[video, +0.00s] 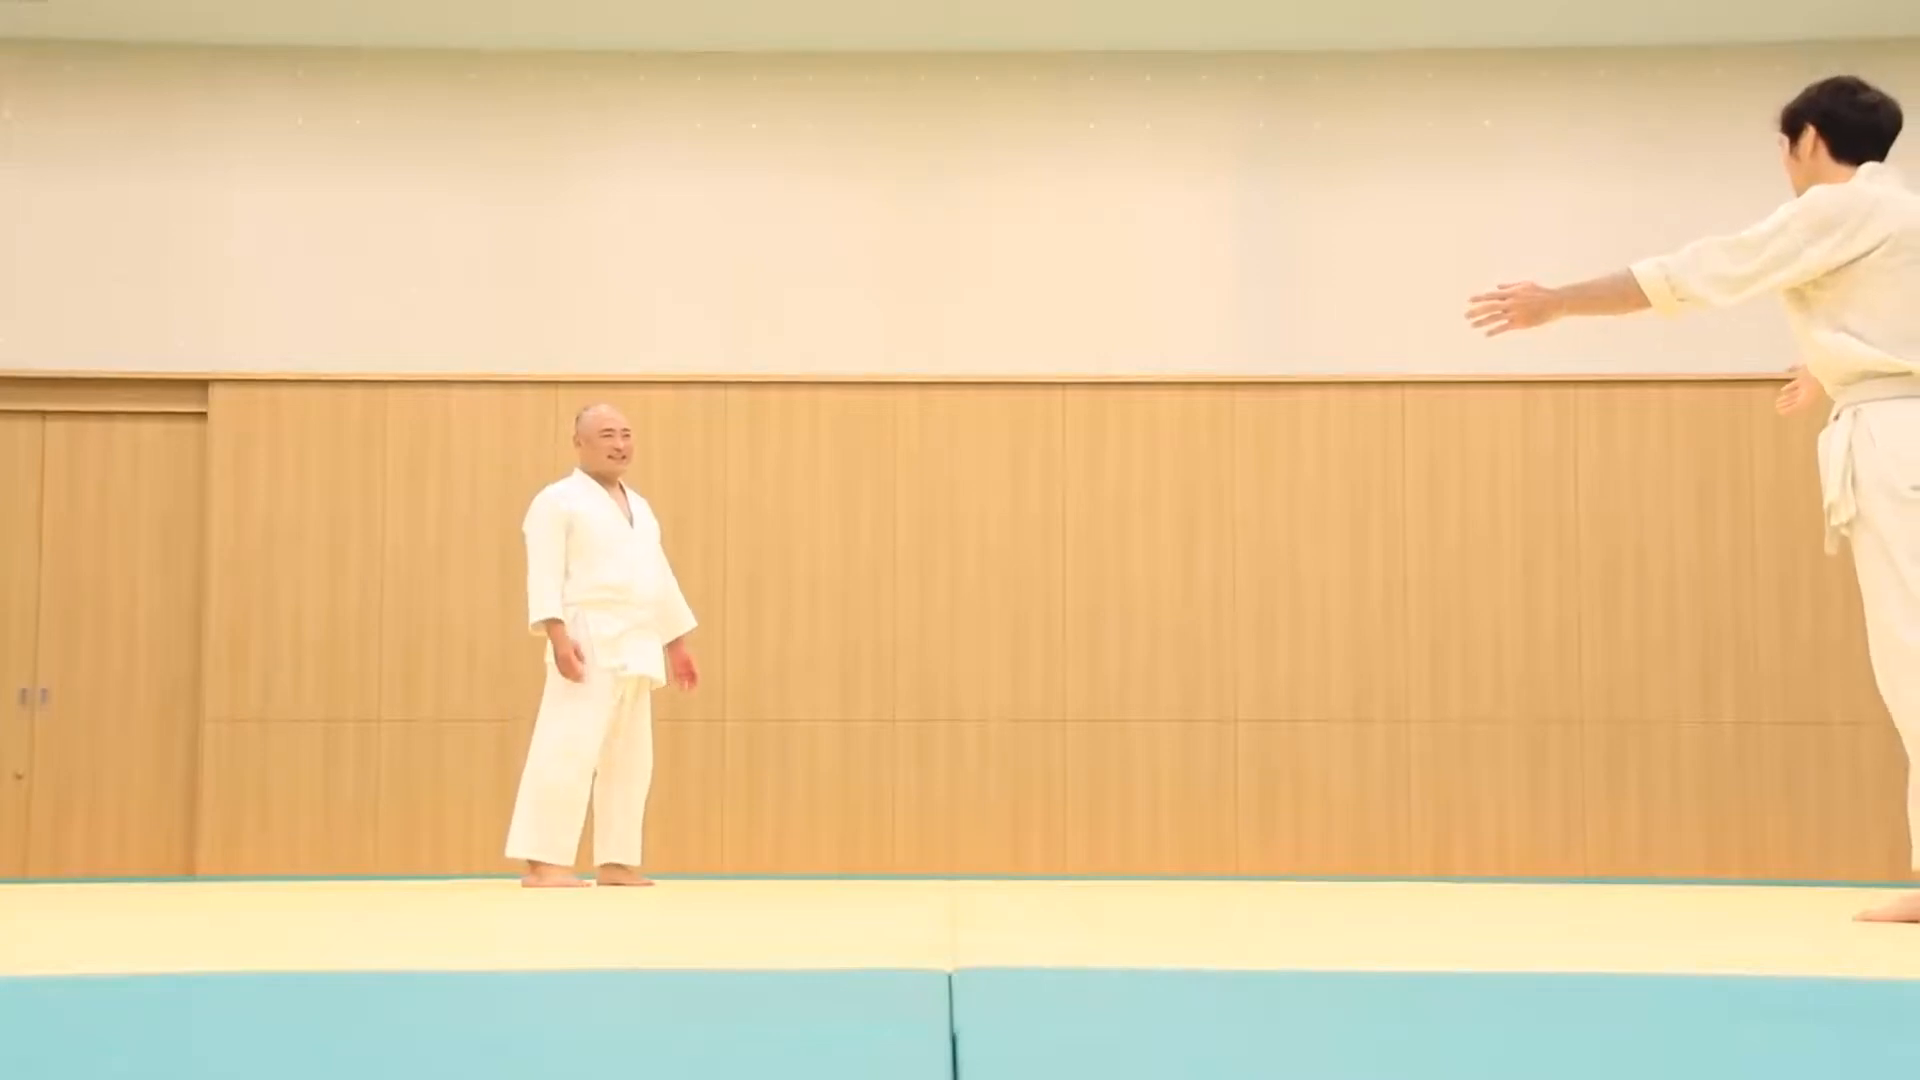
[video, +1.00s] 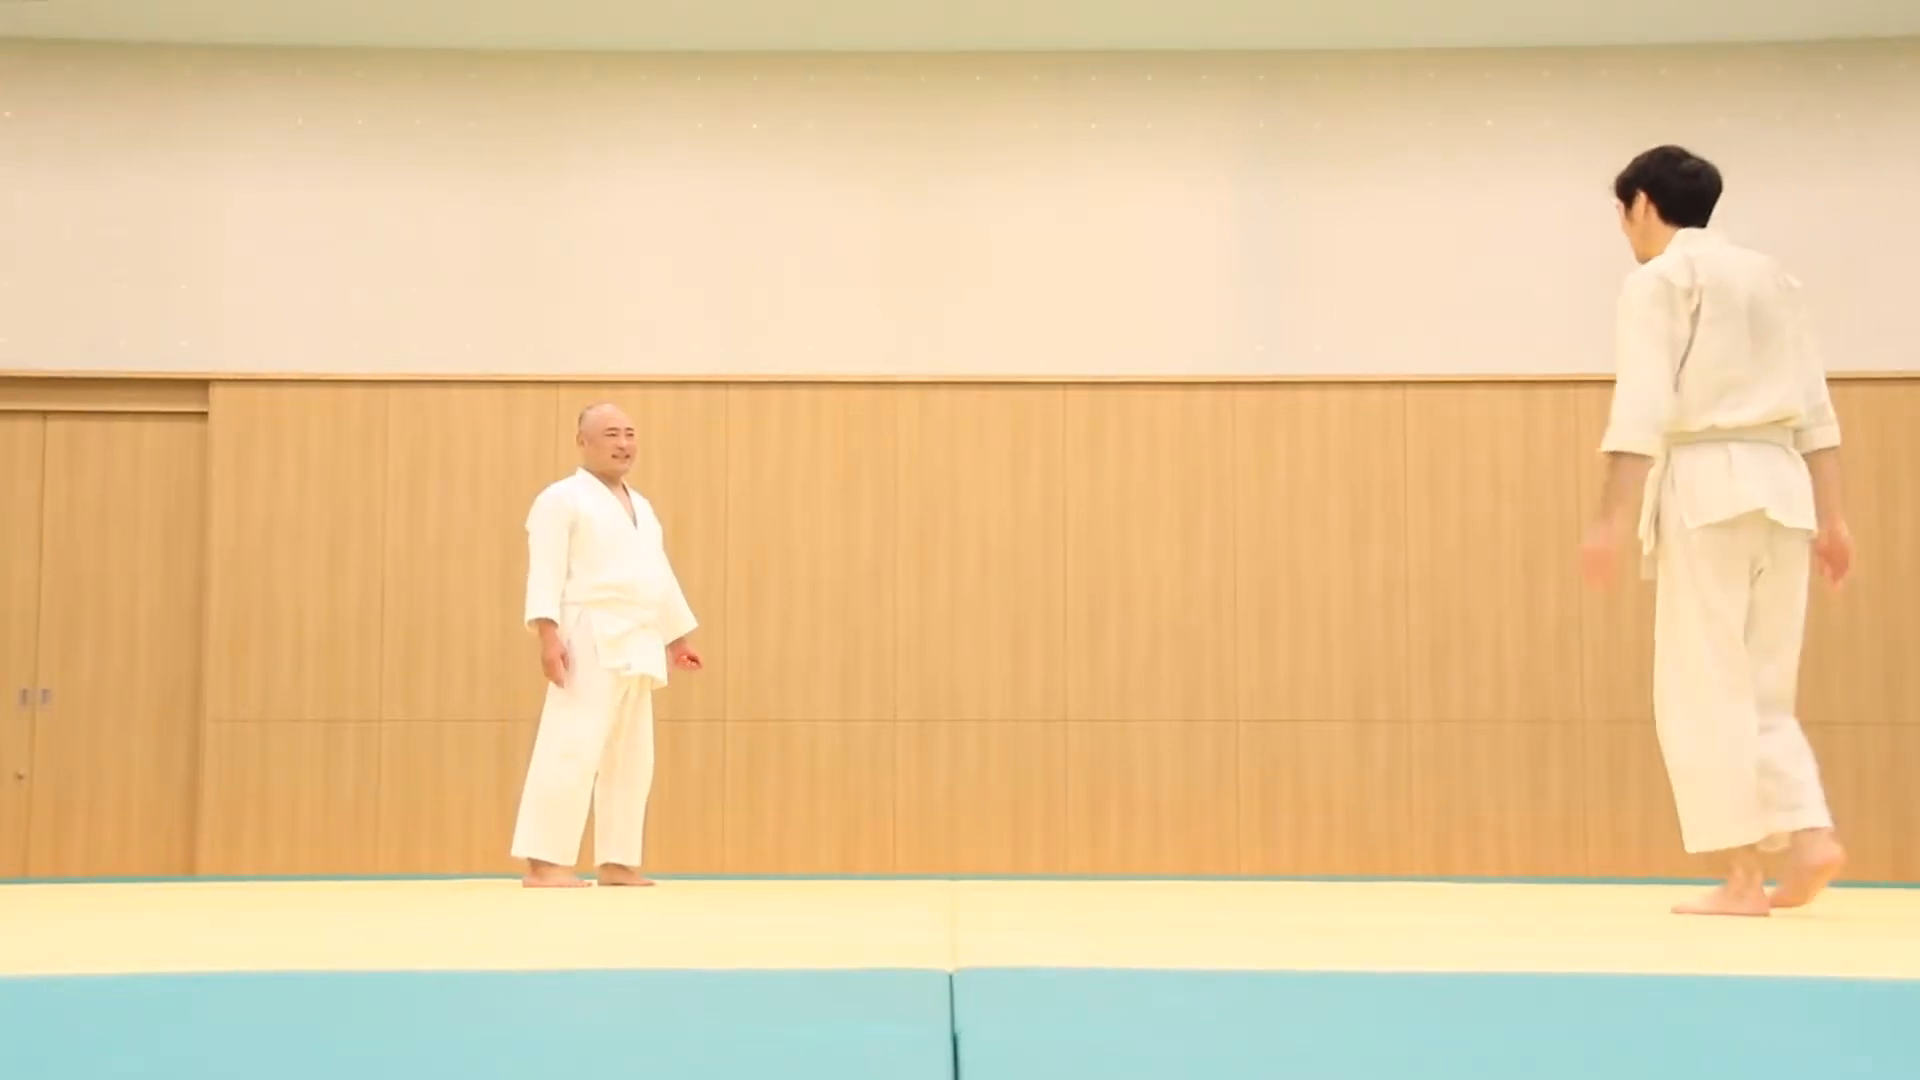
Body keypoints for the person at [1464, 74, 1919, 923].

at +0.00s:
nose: (1788, 169)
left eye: (1789, 150)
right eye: (1788, 152)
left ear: (1817, 141)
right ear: (1869, 144)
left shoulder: (1851, 205)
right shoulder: (1895, 206)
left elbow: (1712, 268)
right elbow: (1904, 334)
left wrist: (1556, 300)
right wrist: (1834, 379)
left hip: (1895, 446)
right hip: (1898, 440)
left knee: (1906, 664)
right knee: (1905, 665)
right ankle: (1918, 884)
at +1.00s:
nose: (1626, 231)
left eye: (1626, 214)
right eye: (1625, 215)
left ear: (1648, 206)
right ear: (1701, 208)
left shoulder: (1657, 279)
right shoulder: (1774, 277)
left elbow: (1642, 412)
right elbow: (1816, 412)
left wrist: (1608, 523)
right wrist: (1829, 515)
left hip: (1703, 494)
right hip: (1786, 493)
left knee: (1701, 682)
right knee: (1768, 685)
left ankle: (1743, 880)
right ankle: (1810, 834)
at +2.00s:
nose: (1450, 306)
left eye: (1450, 291)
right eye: (1449, 292)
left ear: (1468, 285)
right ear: (1515, 284)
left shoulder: (1479, 351)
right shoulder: (1582, 346)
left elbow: (1461, 465)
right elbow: (1611, 460)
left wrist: (1426, 565)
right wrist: (1588, 529)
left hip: (1516, 537)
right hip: (1594, 535)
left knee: (1503, 701)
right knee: (1572, 706)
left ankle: (1511, 878)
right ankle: (1619, 823)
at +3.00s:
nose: (1420, 319)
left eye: (1423, 303)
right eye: (1418, 305)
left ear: (1456, 298)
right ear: (1466, 299)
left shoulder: (1485, 359)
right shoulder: (1508, 357)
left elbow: (1472, 470)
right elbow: (1493, 471)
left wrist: (1431, 555)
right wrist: (1449, 554)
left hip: (1504, 544)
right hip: (1535, 541)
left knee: (1502, 706)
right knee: (1536, 705)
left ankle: (1522, 872)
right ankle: (1558, 871)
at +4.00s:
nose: (1426, 322)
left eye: (1431, 307)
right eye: (1424, 309)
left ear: (1468, 303)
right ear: (1469, 304)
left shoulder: (1506, 363)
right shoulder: (1503, 362)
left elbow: (1533, 470)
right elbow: (1536, 468)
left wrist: (1498, 554)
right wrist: (1504, 551)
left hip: (1542, 555)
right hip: (1552, 554)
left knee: (1511, 707)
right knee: (1555, 707)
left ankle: (1525, 876)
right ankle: (1613, 860)